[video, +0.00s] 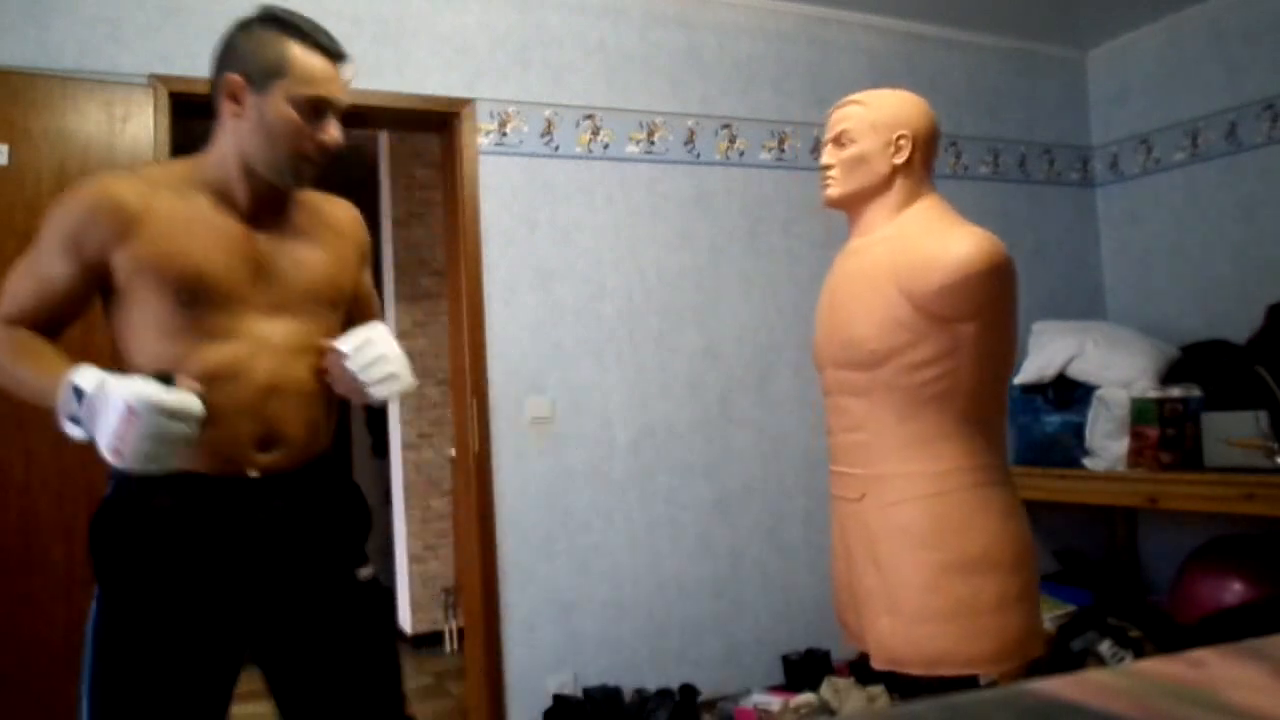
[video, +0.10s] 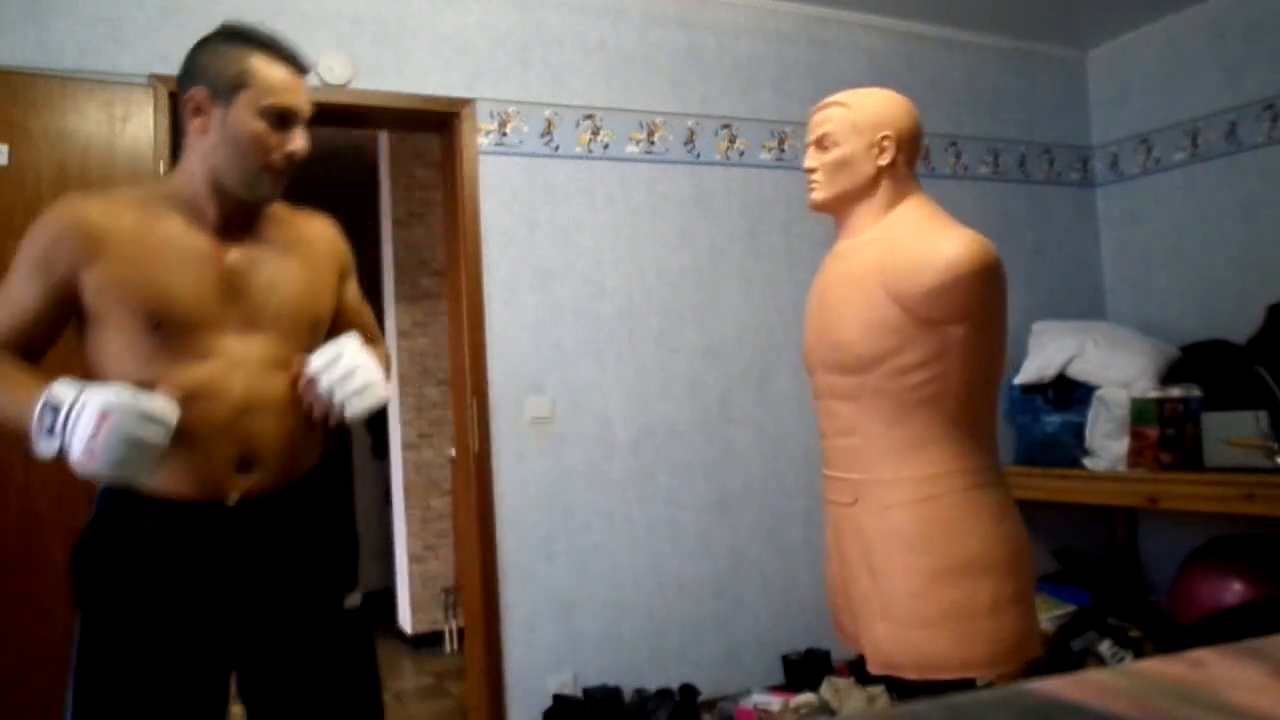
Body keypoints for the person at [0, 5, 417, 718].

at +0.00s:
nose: (334, 137)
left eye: (339, 116)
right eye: (312, 110)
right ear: (236, 98)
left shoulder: (341, 224)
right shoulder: (114, 210)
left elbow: (363, 347)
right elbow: (6, 333)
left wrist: (373, 365)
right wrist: (88, 397)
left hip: (310, 528)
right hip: (171, 534)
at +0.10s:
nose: (299, 147)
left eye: (305, 126)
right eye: (279, 120)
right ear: (200, 114)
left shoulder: (320, 242)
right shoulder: (84, 231)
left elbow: (368, 350)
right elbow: (1, 355)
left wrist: (363, 370)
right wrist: (58, 412)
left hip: (294, 546)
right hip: (150, 549)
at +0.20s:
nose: (274, 163)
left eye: (278, 144)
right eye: (251, 137)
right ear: (173, 130)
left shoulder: (296, 267)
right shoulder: (52, 263)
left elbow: (351, 383)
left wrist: (360, 431)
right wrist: (50, 475)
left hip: (268, 567)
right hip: (118, 577)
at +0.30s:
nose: (249, 159)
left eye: (253, 139)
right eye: (226, 133)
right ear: (147, 123)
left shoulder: (272, 253)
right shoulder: (26, 246)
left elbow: (314, 390)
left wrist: (316, 415)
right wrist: (69, 432)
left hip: (248, 555)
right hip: (100, 563)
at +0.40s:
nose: (232, 161)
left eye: (236, 141)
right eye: (211, 133)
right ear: (130, 121)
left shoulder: (258, 250)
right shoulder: (19, 244)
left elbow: (304, 397)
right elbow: (3, 427)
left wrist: (296, 390)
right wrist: (86, 401)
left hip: (241, 554)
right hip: (91, 563)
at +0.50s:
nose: (227, 165)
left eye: (232, 144)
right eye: (207, 138)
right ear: (125, 125)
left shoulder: (259, 252)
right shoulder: (20, 255)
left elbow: (320, 384)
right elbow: (5, 435)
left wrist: (309, 388)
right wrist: (87, 404)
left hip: (246, 564)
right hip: (94, 574)